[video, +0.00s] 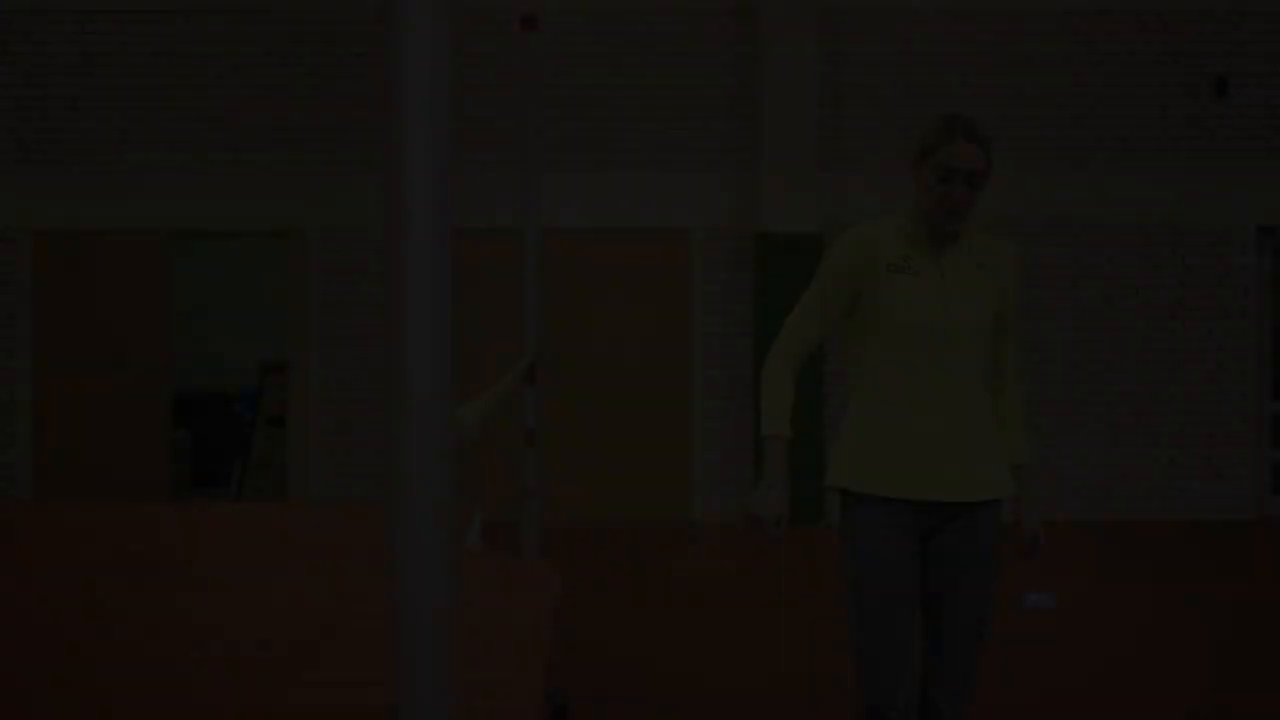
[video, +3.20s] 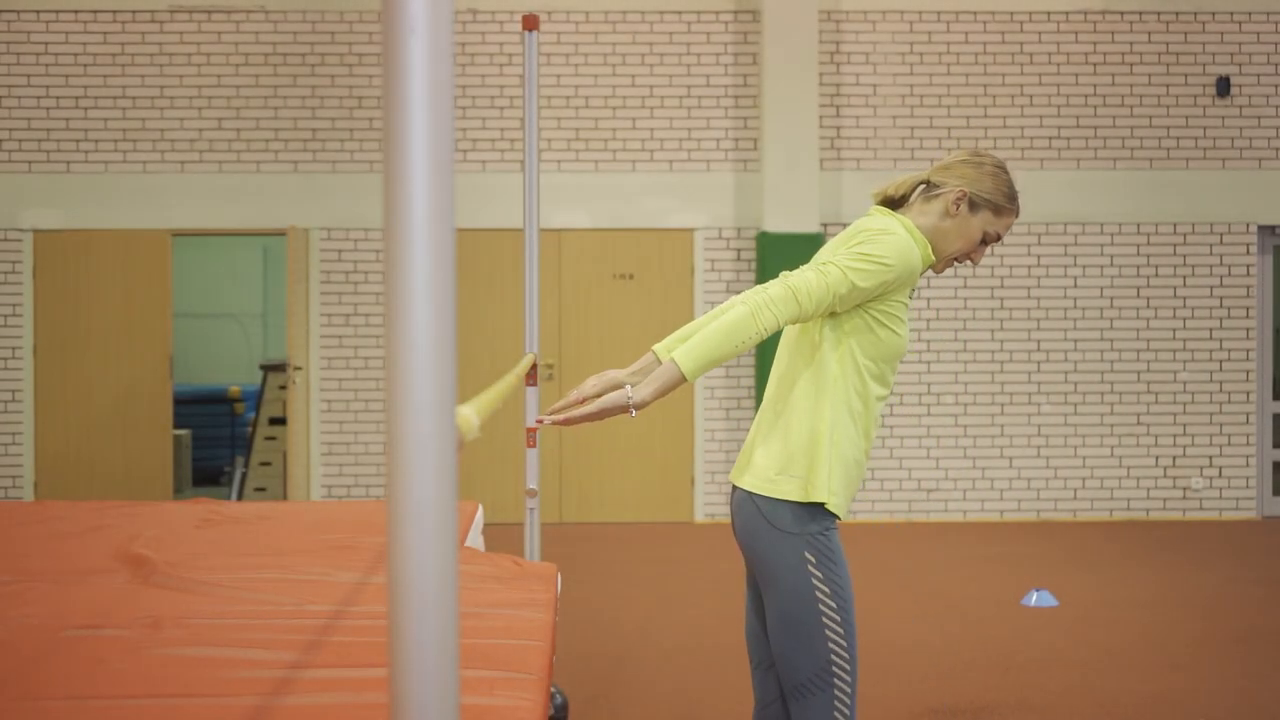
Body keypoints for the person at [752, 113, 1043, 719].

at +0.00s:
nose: (956, 193)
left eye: (970, 180)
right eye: (944, 177)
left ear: (983, 187)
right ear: (918, 176)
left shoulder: (994, 263)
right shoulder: (868, 251)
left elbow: (1006, 378)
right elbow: (787, 358)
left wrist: (1018, 481)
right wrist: (778, 466)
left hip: (969, 491)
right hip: (878, 488)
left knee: (955, 668)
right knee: (886, 665)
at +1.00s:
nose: (986, 215)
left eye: (996, 204)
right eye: (983, 195)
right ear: (938, 169)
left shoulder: (941, 254)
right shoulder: (880, 235)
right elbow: (762, 325)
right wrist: (702, 461)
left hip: (928, 504)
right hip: (865, 501)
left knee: (939, 703)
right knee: (884, 702)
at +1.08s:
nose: (987, 218)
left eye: (996, 206)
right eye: (985, 198)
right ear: (940, 171)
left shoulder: (932, 254)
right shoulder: (882, 234)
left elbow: (891, 384)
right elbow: (763, 323)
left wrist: (835, 497)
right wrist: (700, 453)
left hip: (920, 505)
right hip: (862, 503)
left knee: (936, 704)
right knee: (880, 704)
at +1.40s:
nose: (989, 227)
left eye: (999, 216)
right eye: (990, 207)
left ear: (947, 182)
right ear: (948, 177)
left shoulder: (909, 246)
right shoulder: (888, 234)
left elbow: (816, 348)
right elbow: (771, 315)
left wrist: (763, 451)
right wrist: (681, 434)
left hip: (893, 510)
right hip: (843, 510)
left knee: (926, 707)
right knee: (852, 710)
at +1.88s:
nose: (989, 240)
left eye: (999, 229)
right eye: (994, 222)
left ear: (955, 192)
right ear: (957, 188)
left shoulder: (898, 246)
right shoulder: (891, 240)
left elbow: (777, 325)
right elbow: (775, 308)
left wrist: (678, 404)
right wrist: (654, 405)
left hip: (850, 509)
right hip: (817, 509)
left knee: (920, 702)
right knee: (814, 709)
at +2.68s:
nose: (980, 252)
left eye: (992, 241)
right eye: (988, 233)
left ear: (950, 198)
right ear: (956, 198)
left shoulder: (878, 236)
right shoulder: (894, 242)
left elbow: (764, 304)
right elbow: (773, 303)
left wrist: (641, 372)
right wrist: (648, 381)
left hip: (798, 501)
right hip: (804, 504)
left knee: (819, 703)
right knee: (820, 704)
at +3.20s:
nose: (979, 256)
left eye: (990, 246)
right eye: (987, 238)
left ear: (948, 201)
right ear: (955, 202)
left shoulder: (873, 238)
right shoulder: (895, 246)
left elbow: (760, 303)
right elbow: (774, 304)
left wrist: (638, 370)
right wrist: (650, 386)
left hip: (769, 500)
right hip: (793, 505)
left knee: (776, 706)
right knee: (827, 704)